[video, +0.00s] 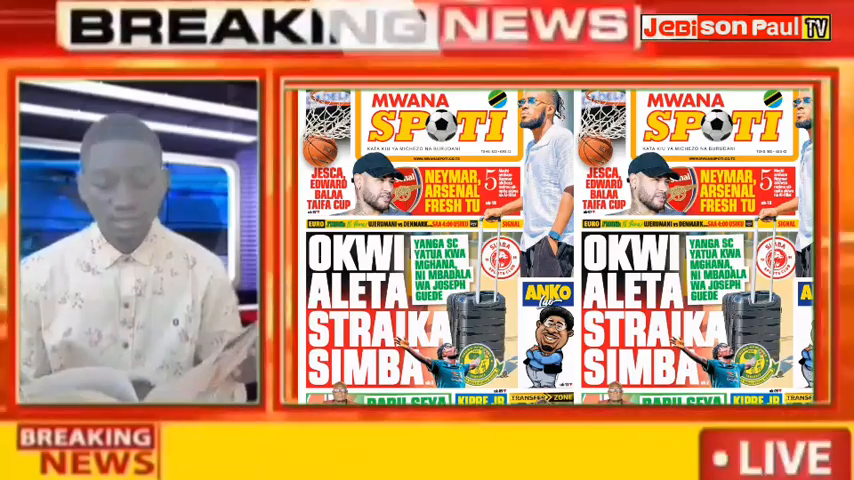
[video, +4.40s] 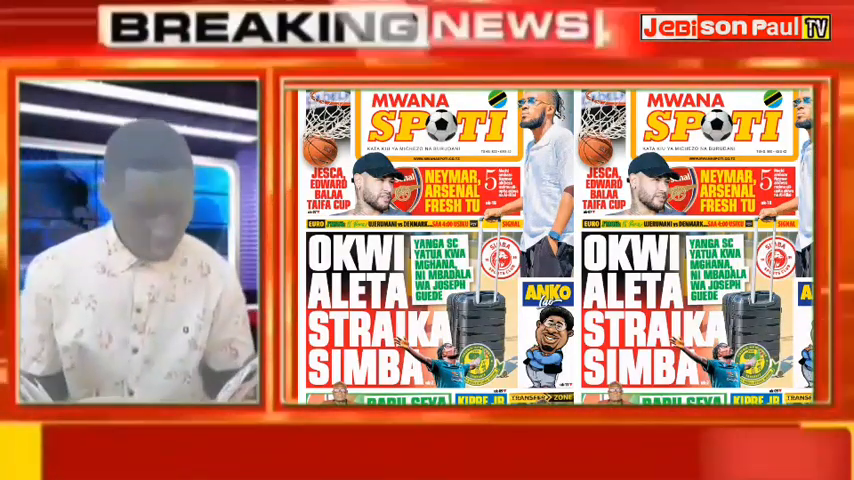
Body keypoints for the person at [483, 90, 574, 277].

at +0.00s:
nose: (523, 107)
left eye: (531, 101)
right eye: (522, 103)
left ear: (549, 110)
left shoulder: (563, 139)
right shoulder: (531, 147)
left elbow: (571, 192)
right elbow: (532, 196)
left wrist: (554, 238)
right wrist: (502, 211)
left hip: (551, 241)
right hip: (530, 242)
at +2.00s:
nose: (523, 107)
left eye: (531, 101)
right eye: (522, 103)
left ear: (550, 110)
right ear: (519, 108)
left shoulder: (563, 139)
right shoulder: (531, 147)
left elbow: (571, 192)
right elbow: (532, 195)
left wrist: (554, 238)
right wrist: (502, 211)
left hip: (551, 241)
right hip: (530, 242)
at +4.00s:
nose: (523, 107)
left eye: (531, 102)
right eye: (522, 103)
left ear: (549, 110)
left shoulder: (563, 139)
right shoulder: (531, 147)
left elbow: (571, 192)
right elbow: (532, 196)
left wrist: (554, 238)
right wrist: (502, 211)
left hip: (551, 241)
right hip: (529, 242)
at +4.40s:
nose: (523, 107)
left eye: (531, 102)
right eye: (522, 103)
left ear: (549, 110)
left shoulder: (563, 139)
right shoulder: (531, 147)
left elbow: (571, 192)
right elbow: (532, 196)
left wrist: (554, 238)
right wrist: (502, 211)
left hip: (551, 241)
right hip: (529, 242)